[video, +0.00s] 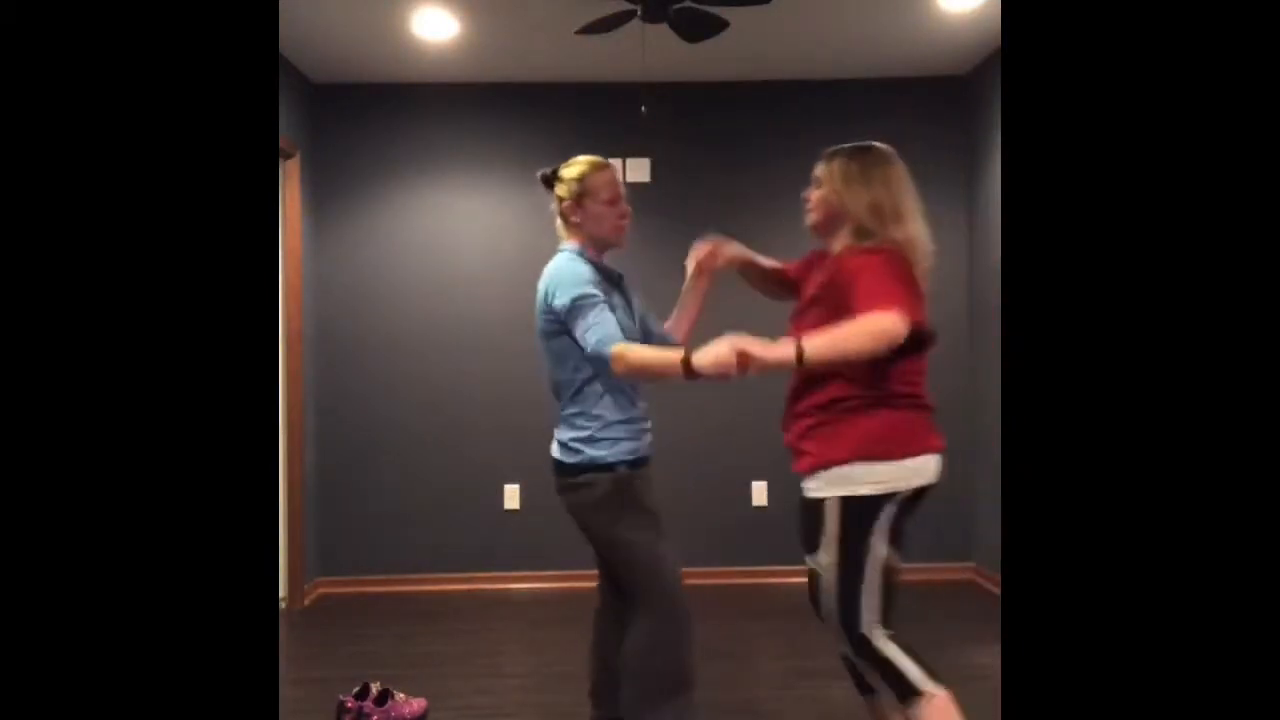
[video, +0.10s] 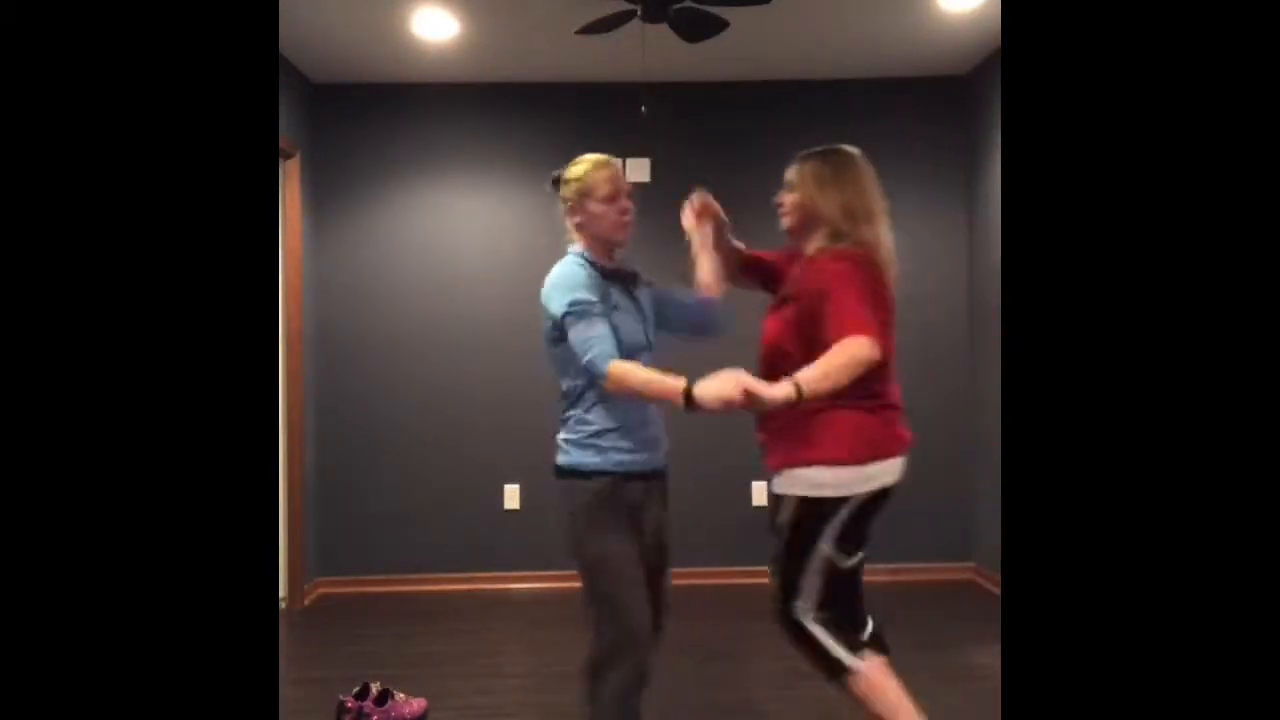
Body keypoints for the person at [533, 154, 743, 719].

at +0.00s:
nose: (624, 210)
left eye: (623, 199)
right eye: (610, 202)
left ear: (614, 206)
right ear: (573, 211)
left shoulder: (602, 276)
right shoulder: (569, 275)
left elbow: (665, 345)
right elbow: (618, 356)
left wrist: (699, 280)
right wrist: (694, 361)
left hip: (620, 465)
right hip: (596, 470)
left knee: (624, 601)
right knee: (661, 601)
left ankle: (612, 707)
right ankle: (656, 709)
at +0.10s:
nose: (628, 208)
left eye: (627, 197)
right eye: (612, 201)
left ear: (628, 204)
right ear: (576, 214)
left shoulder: (629, 285)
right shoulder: (570, 281)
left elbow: (707, 313)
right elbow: (609, 370)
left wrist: (702, 234)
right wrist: (692, 390)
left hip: (644, 475)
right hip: (596, 478)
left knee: (644, 626)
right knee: (626, 629)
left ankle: (613, 706)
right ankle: (610, 709)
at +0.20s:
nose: (631, 207)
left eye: (638, 196)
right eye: (615, 198)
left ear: (648, 207)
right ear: (589, 213)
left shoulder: (661, 276)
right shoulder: (573, 282)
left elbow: (736, 256)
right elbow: (601, 379)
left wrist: (701, 186)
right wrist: (692, 408)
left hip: (662, 479)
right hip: (592, 483)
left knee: (677, 635)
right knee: (620, 638)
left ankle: (650, 713)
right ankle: (610, 715)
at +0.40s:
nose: (635, 231)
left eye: (648, 219)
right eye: (628, 221)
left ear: (681, 224)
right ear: (618, 231)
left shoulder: (711, 287)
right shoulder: (608, 289)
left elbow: (689, 176)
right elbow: (606, 382)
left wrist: (639, 151)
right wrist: (701, 410)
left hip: (691, 504)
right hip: (608, 504)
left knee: (709, 673)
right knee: (606, 679)